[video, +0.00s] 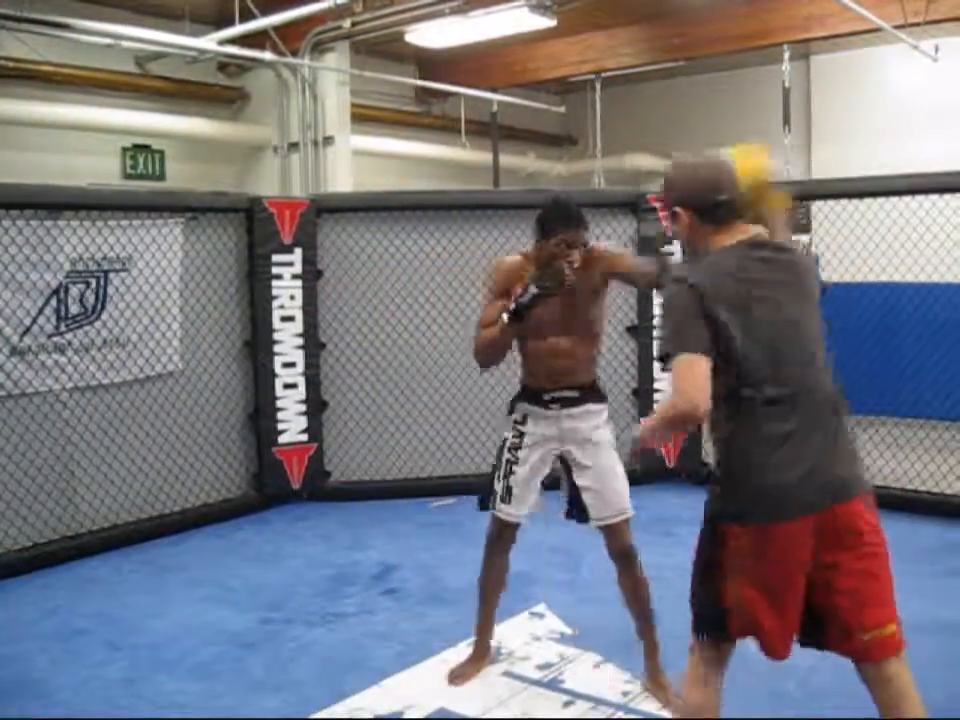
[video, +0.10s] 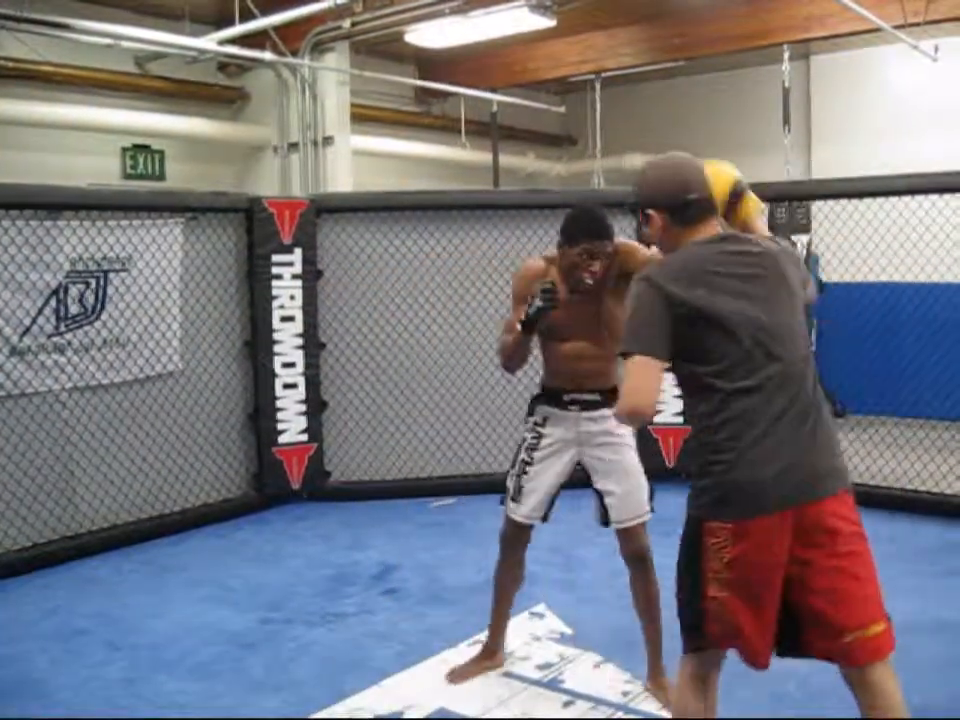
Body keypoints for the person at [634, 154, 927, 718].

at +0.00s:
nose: (667, 222)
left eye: (668, 213)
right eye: (667, 212)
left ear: (682, 218)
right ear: (735, 206)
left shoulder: (691, 284)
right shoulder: (798, 263)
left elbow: (693, 403)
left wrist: (660, 424)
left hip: (756, 498)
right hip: (841, 485)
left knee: (707, 660)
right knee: (886, 665)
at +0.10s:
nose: (644, 229)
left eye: (644, 218)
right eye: (643, 217)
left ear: (657, 219)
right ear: (713, 205)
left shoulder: (660, 281)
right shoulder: (780, 258)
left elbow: (638, 404)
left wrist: (627, 404)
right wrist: (746, 218)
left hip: (736, 491)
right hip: (822, 478)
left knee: (700, 665)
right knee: (871, 666)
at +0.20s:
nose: (626, 226)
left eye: (626, 216)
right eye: (626, 215)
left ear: (637, 217)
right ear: (693, 201)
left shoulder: (635, 288)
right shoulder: (772, 259)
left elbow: (617, 411)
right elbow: (853, 338)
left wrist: (638, 413)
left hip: (718, 496)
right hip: (807, 483)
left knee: (692, 675)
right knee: (851, 668)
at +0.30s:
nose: (627, 217)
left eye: (626, 207)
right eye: (627, 206)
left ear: (636, 208)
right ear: (699, 197)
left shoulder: (627, 285)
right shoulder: (767, 258)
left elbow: (612, 414)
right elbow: (836, 371)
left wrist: (610, 468)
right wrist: (808, 388)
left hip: (698, 501)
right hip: (790, 491)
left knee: (685, 674)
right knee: (836, 671)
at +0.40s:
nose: (639, 211)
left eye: (640, 201)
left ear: (648, 204)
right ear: (712, 195)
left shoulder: (627, 286)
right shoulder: (773, 266)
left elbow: (607, 421)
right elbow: (812, 389)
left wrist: (603, 519)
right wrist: (816, 415)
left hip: (681, 510)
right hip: (774, 505)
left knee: (677, 683)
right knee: (808, 685)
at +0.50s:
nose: (657, 212)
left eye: (658, 204)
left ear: (665, 212)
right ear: (736, 206)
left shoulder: (631, 295)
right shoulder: (779, 282)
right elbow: (824, 417)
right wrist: (814, 445)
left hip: (667, 528)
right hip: (757, 529)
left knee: (677, 689)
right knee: (778, 704)